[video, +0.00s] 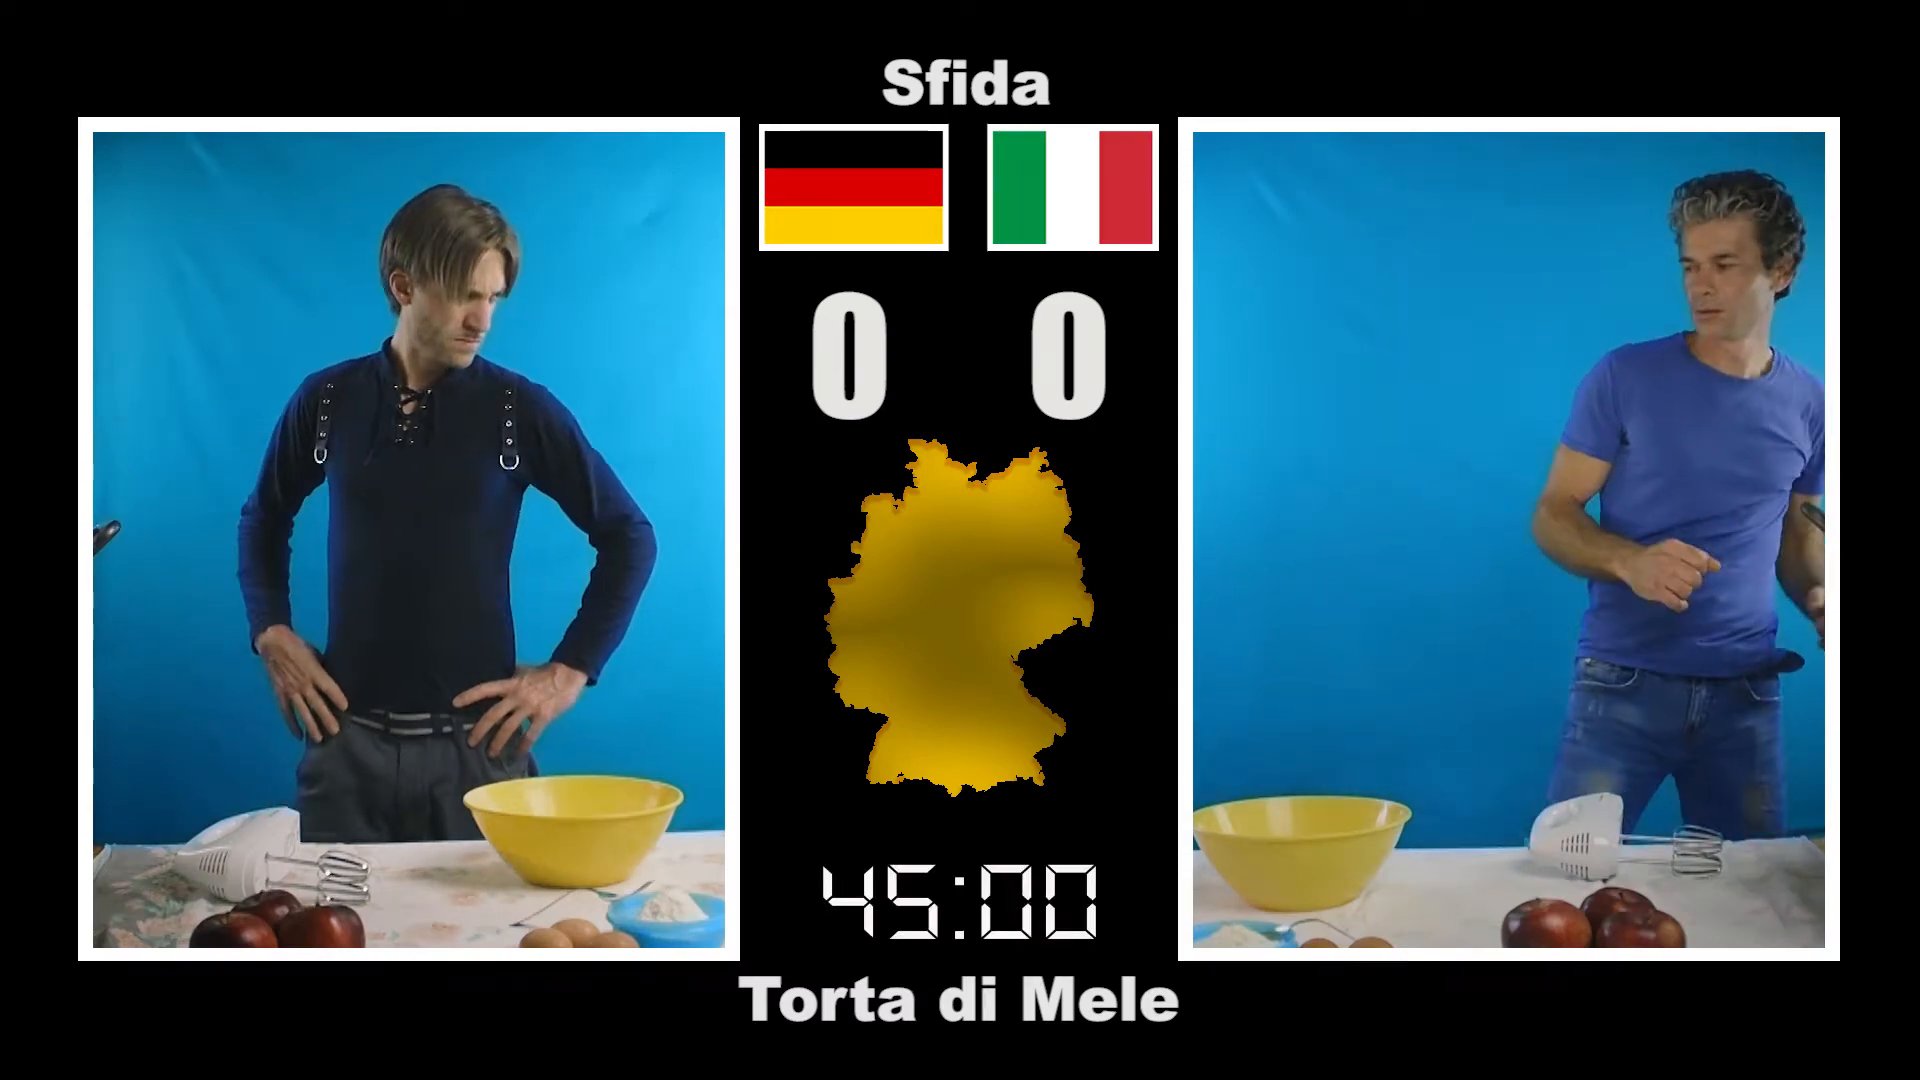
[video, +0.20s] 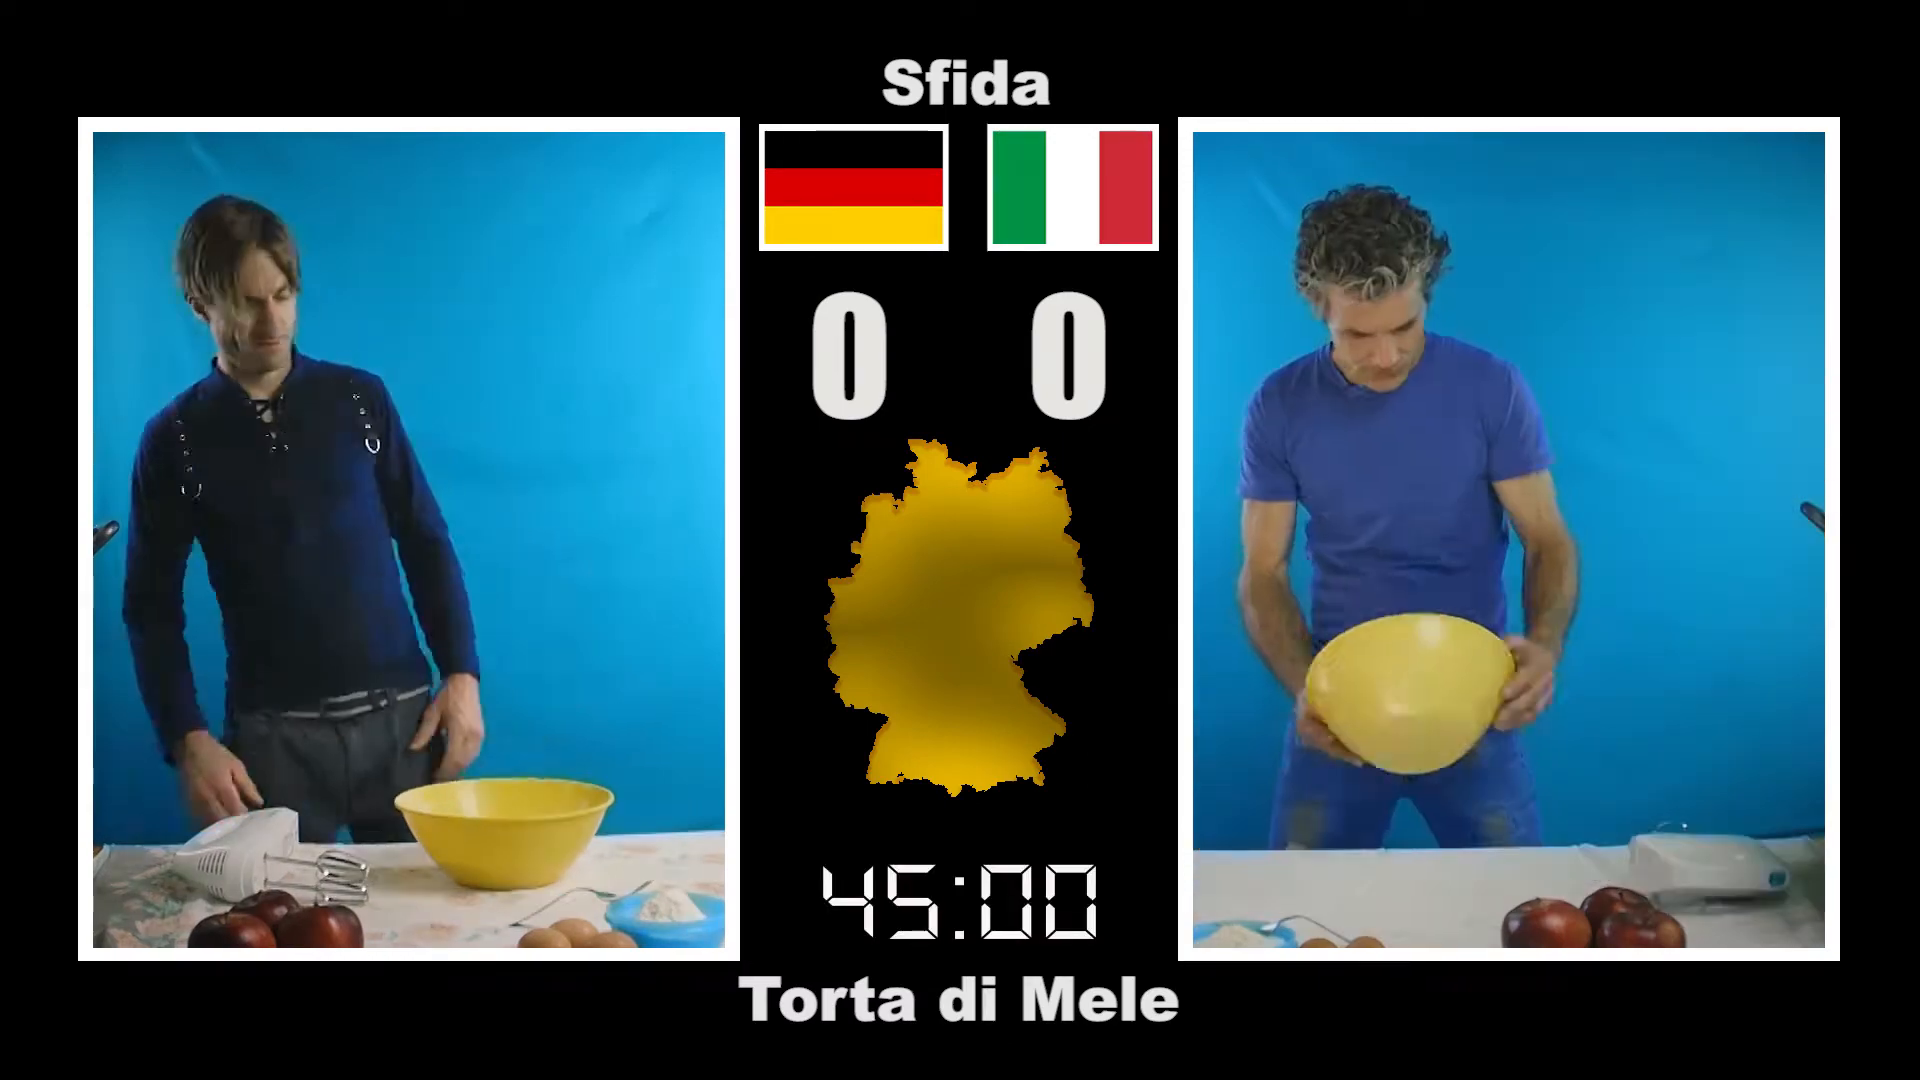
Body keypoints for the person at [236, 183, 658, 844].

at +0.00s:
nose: (480, 318)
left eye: (492, 298)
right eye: (463, 295)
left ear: (504, 296)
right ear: (402, 284)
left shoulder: (520, 411)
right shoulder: (327, 403)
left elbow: (628, 536)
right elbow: (264, 517)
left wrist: (569, 669)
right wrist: (271, 632)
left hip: (478, 752)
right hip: (349, 748)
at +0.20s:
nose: (271, 320)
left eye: (281, 295)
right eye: (247, 303)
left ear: (295, 286)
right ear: (203, 304)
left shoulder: (361, 401)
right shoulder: (176, 440)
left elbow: (426, 540)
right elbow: (152, 609)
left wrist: (460, 674)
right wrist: (191, 741)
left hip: (403, 723)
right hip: (275, 741)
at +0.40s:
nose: (291, 315)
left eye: (304, 290)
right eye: (267, 297)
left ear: (323, 288)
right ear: (232, 303)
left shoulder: (399, 405)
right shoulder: (211, 440)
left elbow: (472, 548)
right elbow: (187, 596)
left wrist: (507, 690)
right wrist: (204, 721)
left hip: (413, 734)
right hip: (282, 746)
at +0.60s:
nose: (345, 312)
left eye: (361, 288)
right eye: (323, 293)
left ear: (387, 288)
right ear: (296, 303)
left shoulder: (456, 414)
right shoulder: (268, 440)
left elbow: (531, 558)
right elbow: (236, 591)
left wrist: (571, 702)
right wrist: (228, 718)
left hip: (452, 746)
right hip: (320, 753)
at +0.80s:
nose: (414, 318)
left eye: (433, 295)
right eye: (393, 298)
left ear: (464, 296)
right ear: (369, 301)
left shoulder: (515, 429)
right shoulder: (323, 435)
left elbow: (585, 574)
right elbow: (286, 583)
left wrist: (630, 710)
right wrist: (279, 716)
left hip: (486, 749)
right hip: (356, 757)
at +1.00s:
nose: (470, 329)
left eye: (491, 306)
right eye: (452, 303)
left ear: (517, 301)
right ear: (423, 292)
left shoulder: (545, 427)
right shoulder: (354, 409)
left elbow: (602, 557)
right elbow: (314, 552)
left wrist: (648, 679)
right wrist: (320, 689)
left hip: (495, 740)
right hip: (364, 740)